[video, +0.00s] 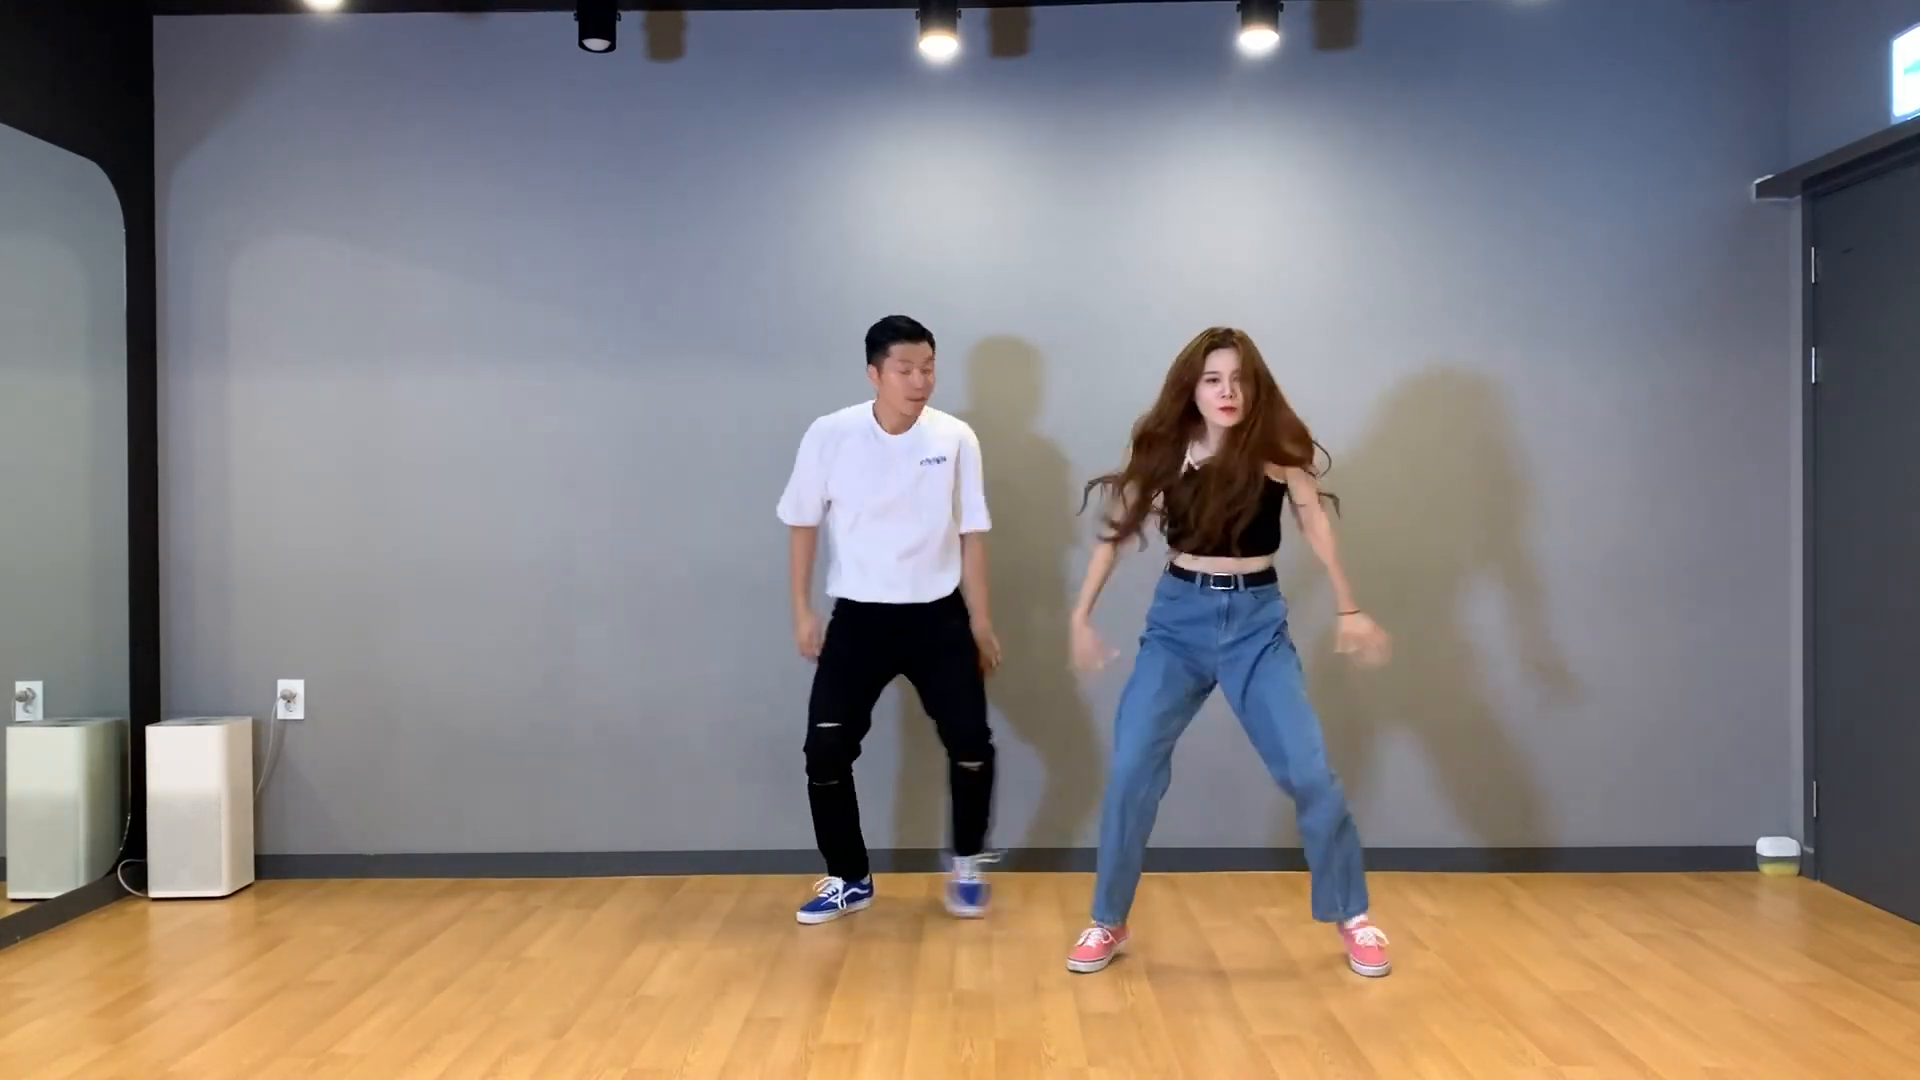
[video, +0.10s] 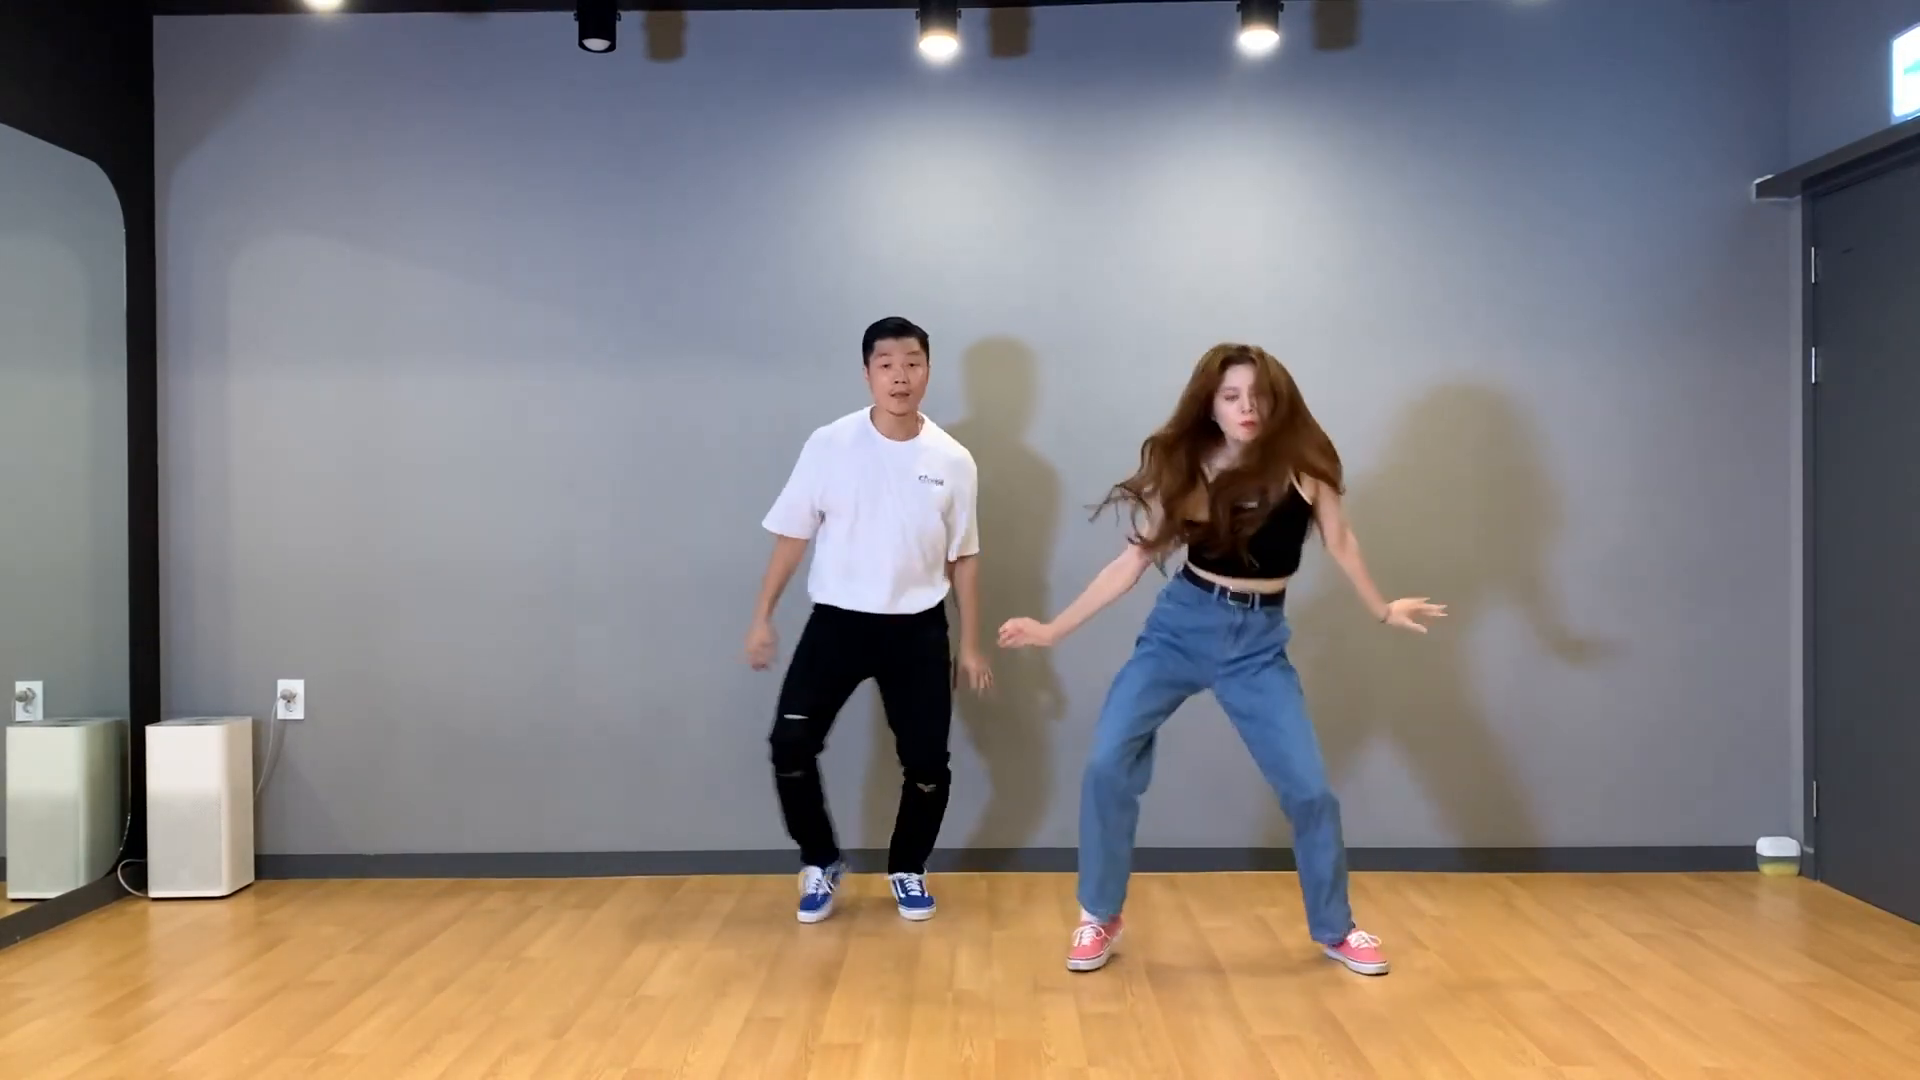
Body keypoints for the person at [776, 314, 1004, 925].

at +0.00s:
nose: (921, 381)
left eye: (928, 369)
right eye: (908, 368)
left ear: (935, 373)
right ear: (875, 372)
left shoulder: (955, 439)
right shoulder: (828, 437)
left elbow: (973, 538)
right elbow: (803, 526)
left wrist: (981, 622)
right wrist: (803, 610)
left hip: (940, 619)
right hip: (859, 619)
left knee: (972, 743)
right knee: (825, 747)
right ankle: (850, 879)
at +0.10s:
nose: (900, 376)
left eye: (912, 363)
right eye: (886, 364)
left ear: (928, 372)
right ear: (868, 373)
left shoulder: (953, 461)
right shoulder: (829, 444)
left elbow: (963, 557)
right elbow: (793, 534)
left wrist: (970, 644)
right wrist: (762, 613)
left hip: (917, 630)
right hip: (836, 624)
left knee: (929, 764)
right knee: (790, 744)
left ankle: (908, 871)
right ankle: (820, 862)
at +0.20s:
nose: (892, 380)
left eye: (904, 367)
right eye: (878, 368)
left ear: (921, 377)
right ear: (860, 378)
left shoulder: (946, 458)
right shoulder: (821, 443)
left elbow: (950, 552)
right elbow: (778, 526)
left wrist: (961, 635)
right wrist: (733, 602)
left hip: (898, 631)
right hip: (817, 623)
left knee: (930, 760)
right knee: (759, 743)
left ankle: (909, 871)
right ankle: (744, 857)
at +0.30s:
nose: (873, 392)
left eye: (886, 379)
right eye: (860, 380)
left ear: (905, 389)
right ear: (843, 390)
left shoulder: (925, 475)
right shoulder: (815, 448)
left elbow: (934, 572)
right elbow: (758, 521)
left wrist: (972, 648)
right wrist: (707, 584)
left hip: (881, 643)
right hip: (803, 633)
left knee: (935, 760)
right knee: (749, 752)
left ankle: (911, 870)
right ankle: (674, 865)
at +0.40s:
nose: (871, 401)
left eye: (884, 389)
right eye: (858, 389)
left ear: (901, 396)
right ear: (840, 397)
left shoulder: (926, 466)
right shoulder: (813, 449)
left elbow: (950, 553)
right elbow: (752, 522)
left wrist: (966, 638)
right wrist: (696, 589)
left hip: (882, 649)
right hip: (804, 643)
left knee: (936, 767)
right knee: (748, 760)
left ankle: (895, 870)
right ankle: (677, 872)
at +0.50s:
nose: (883, 388)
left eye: (893, 374)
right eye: (868, 376)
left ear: (905, 374)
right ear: (844, 378)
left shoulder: (936, 442)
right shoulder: (812, 438)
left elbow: (949, 538)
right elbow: (771, 519)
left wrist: (956, 621)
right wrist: (728, 593)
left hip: (913, 622)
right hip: (834, 620)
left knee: (930, 759)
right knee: (792, 741)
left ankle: (901, 870)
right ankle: (754, 863)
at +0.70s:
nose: (914, 398)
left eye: (918, 385)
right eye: (900, 388)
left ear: (922, 382)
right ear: (863, 389)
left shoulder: (955, 449)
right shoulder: (829, 465)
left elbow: (993, 531)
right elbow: (803, 555)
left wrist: (1036, 601)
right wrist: (742, 576)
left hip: (965, 619)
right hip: (888, 632)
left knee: (998, 734)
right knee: (879, 760)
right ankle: (906, 882)